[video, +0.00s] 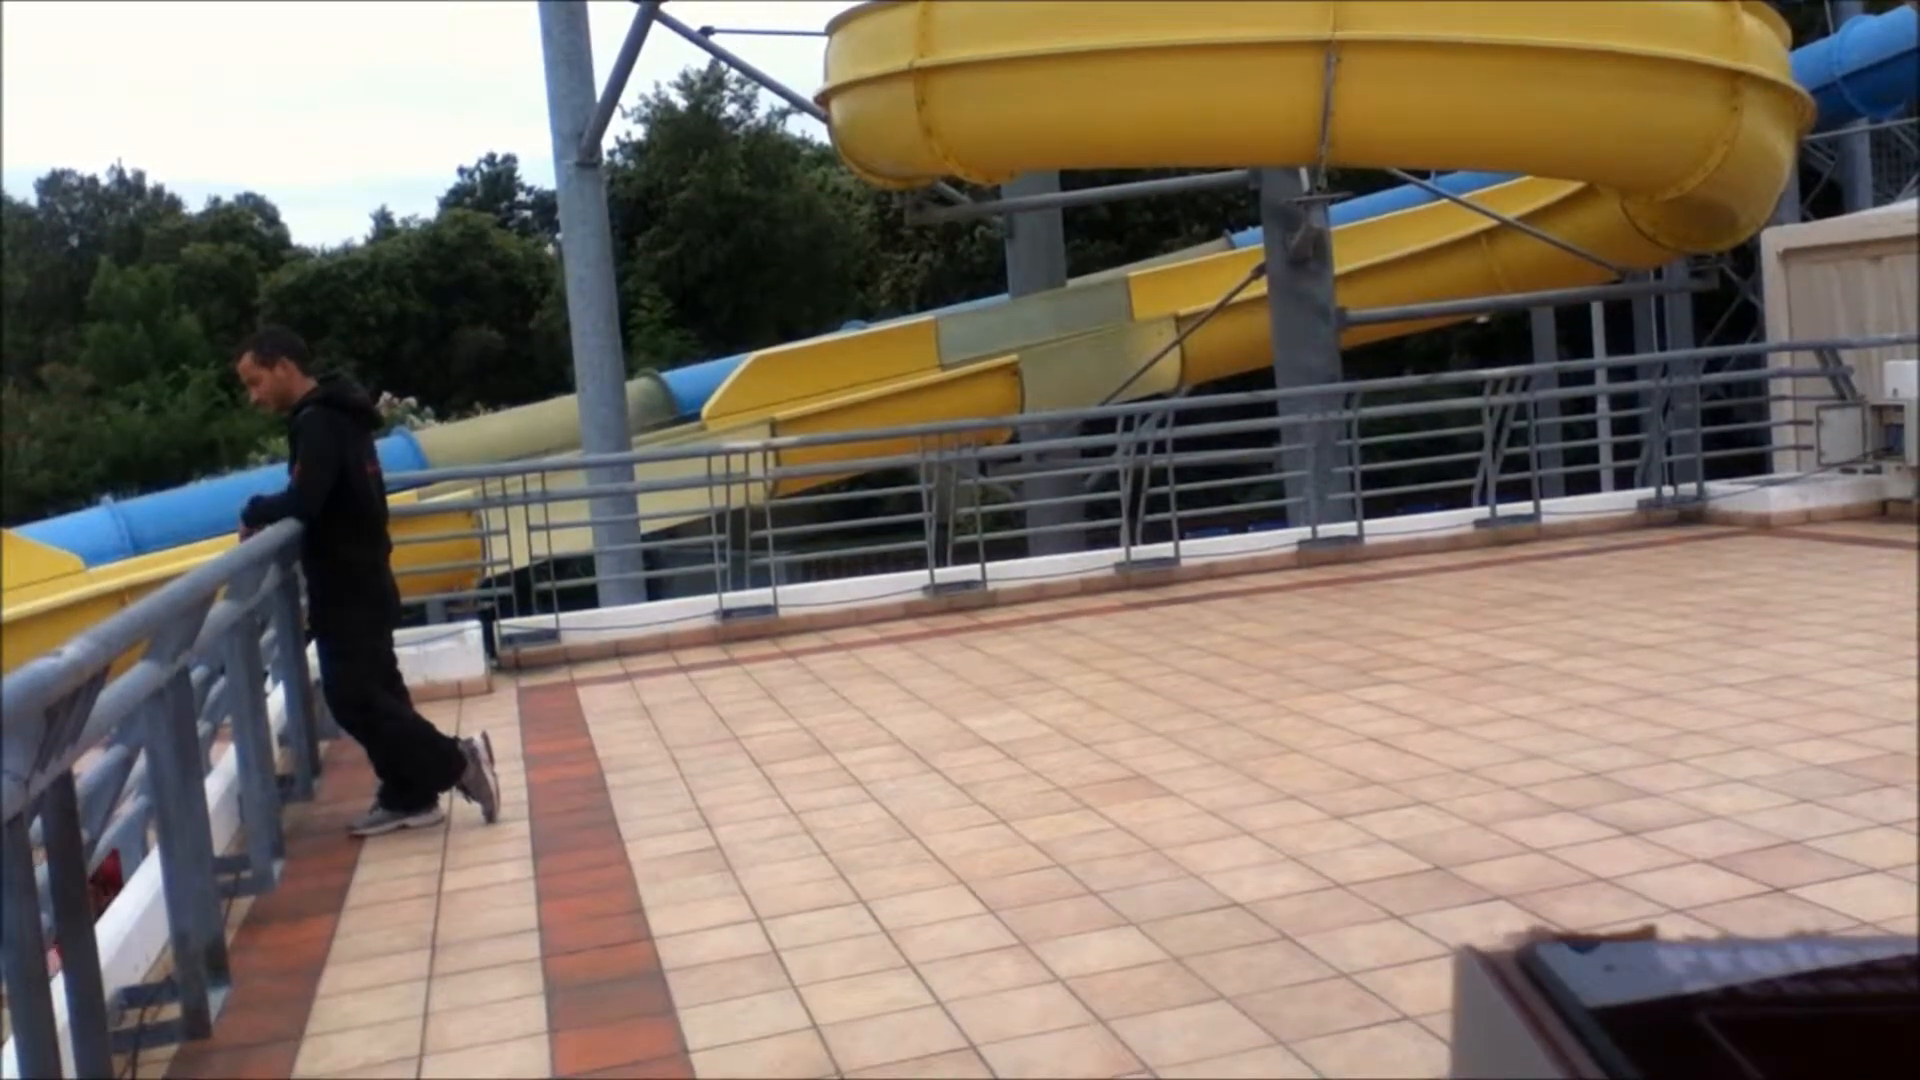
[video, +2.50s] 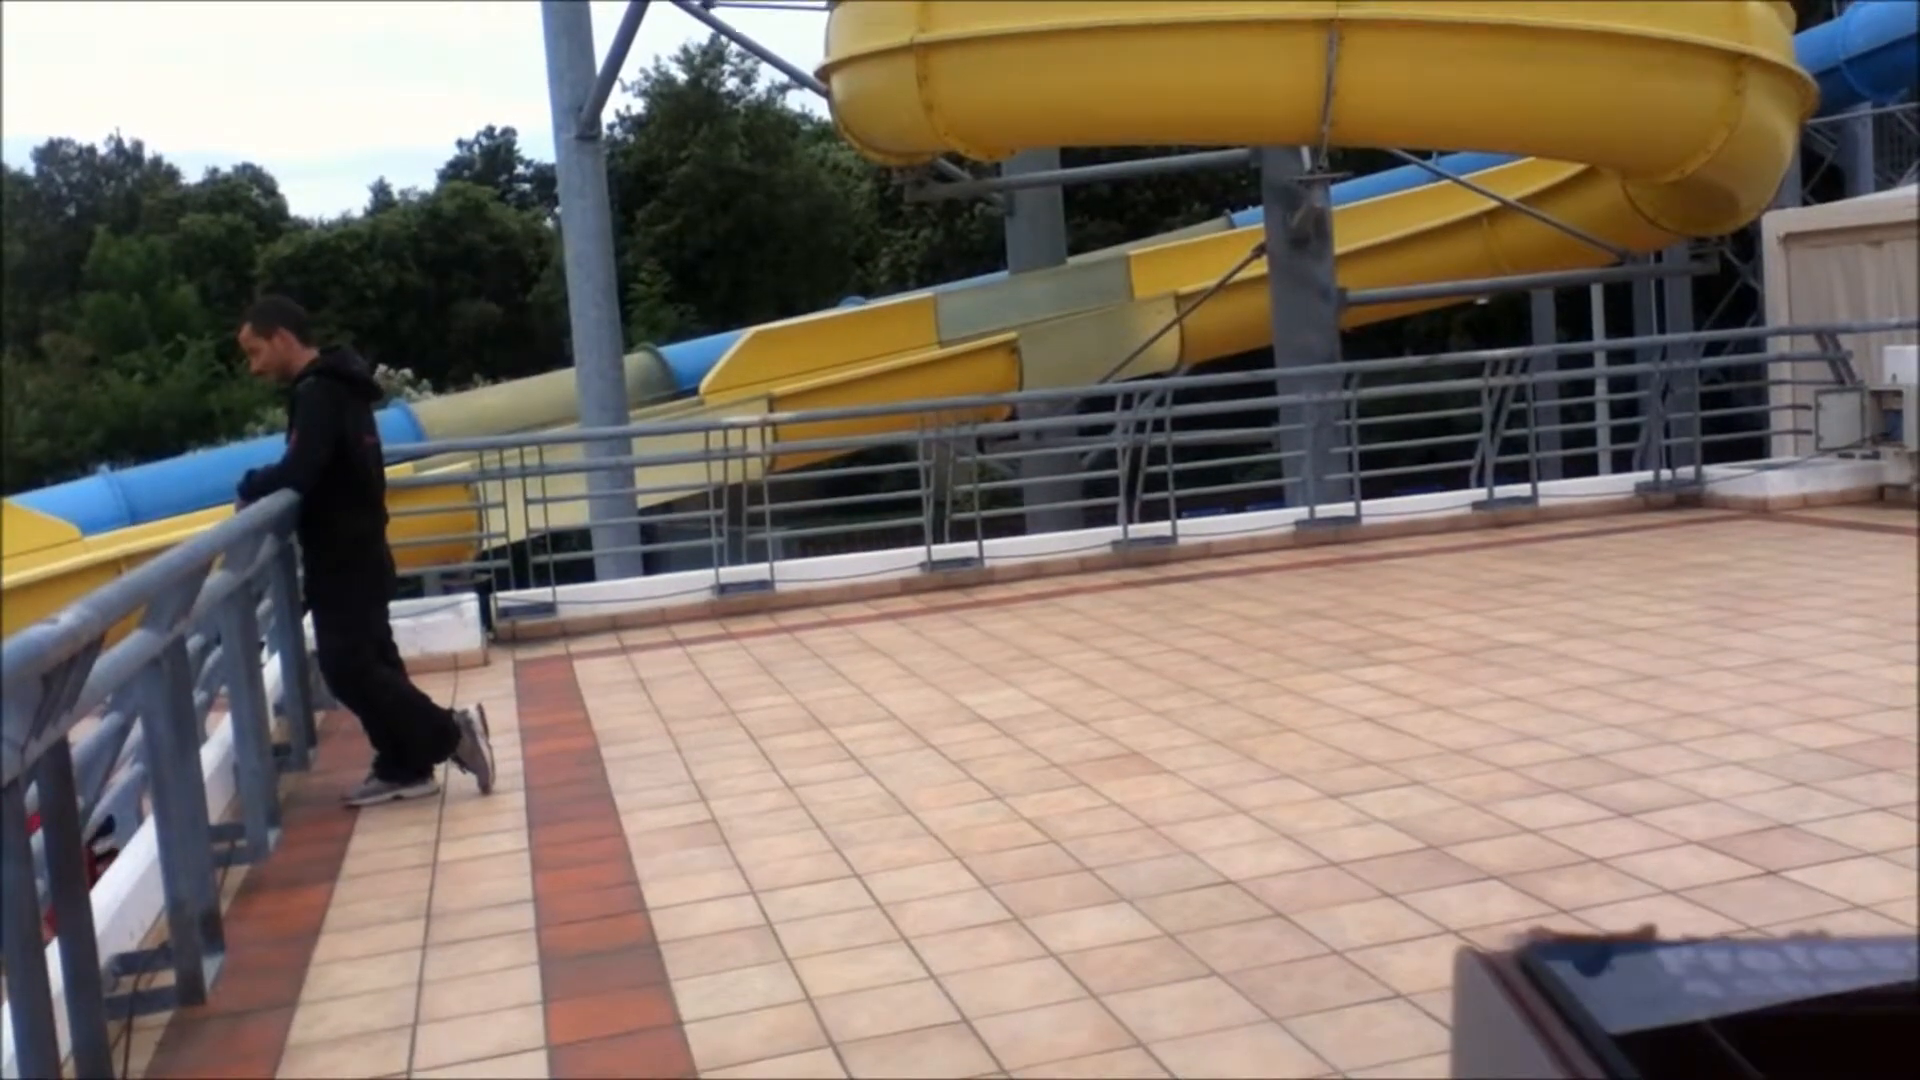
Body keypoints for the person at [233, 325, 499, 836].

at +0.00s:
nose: (252, 397)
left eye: (253, 383)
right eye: (247, 387)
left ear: (284, 368)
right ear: (288, 372)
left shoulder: (317, 421)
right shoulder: (334, 411)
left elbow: (308, 501)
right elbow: (325, 498)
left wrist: (256, 513)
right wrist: (270, 513)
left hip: (347, 586)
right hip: (361, 581)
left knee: (350, 699)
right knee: (376, 687)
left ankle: (455, 761)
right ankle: (407, 798)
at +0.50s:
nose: (259, 398)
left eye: (260, 384)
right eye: (254, 388)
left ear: (290, 371)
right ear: (295, 374)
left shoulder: (321, 423)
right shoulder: (340, 413)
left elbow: (308, 501)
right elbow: (323, 500)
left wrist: (255, 517)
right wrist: (271, 516)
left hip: (346, 590)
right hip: (362, 584)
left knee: (350, 702)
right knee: (377, 691)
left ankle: (454, 766)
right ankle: (408, 802)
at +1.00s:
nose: (259, 395)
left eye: (260, 381)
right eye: (254, 385)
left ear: (290, 368)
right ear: (296, 371)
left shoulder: (320, 420)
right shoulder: (342, 411)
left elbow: (308, 497)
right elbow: (325, 496)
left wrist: (255, 514)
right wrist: (272, 512)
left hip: (346, 587)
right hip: (363, 581)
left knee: (349, 698)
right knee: (376, 688)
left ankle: (454, 762)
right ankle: (407, 798)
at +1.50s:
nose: (257, 403)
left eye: (258, 388)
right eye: (252, 393)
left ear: (289, 373)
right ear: (294, 377)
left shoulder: (322, 426)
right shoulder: (340, 416)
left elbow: (307, 504)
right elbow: (321, 502)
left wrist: (255, 520)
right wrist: (270, 519)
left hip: (348, 592)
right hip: (364, 587)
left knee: (351, 705)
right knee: (377, 693)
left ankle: (455, 766)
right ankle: (407, 804)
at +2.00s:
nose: (252, 368)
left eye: (252, 354)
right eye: (247, 358)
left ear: (282, 340)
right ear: (287, 344)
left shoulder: (317, 392)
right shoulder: (333, 384)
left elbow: (306, 469)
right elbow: (321, 468)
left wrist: (253, 484)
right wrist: (269, 481)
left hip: (343, 559)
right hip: (358, 555)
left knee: (346, 669)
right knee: (372, 658)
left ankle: (449, 731)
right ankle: (403, 767)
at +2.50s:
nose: (252, 366)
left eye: (254, 352)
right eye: (248, 355)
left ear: (283, 339)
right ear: (288, 342)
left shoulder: (318, 392)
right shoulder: (334, 382)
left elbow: (303, 471)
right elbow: (315, 467)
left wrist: (253, 486)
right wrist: (268, 483)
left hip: (343, 558)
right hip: (357, 553)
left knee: (346, 670)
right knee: (371, 659)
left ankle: (449, 734)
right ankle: (402, 769)